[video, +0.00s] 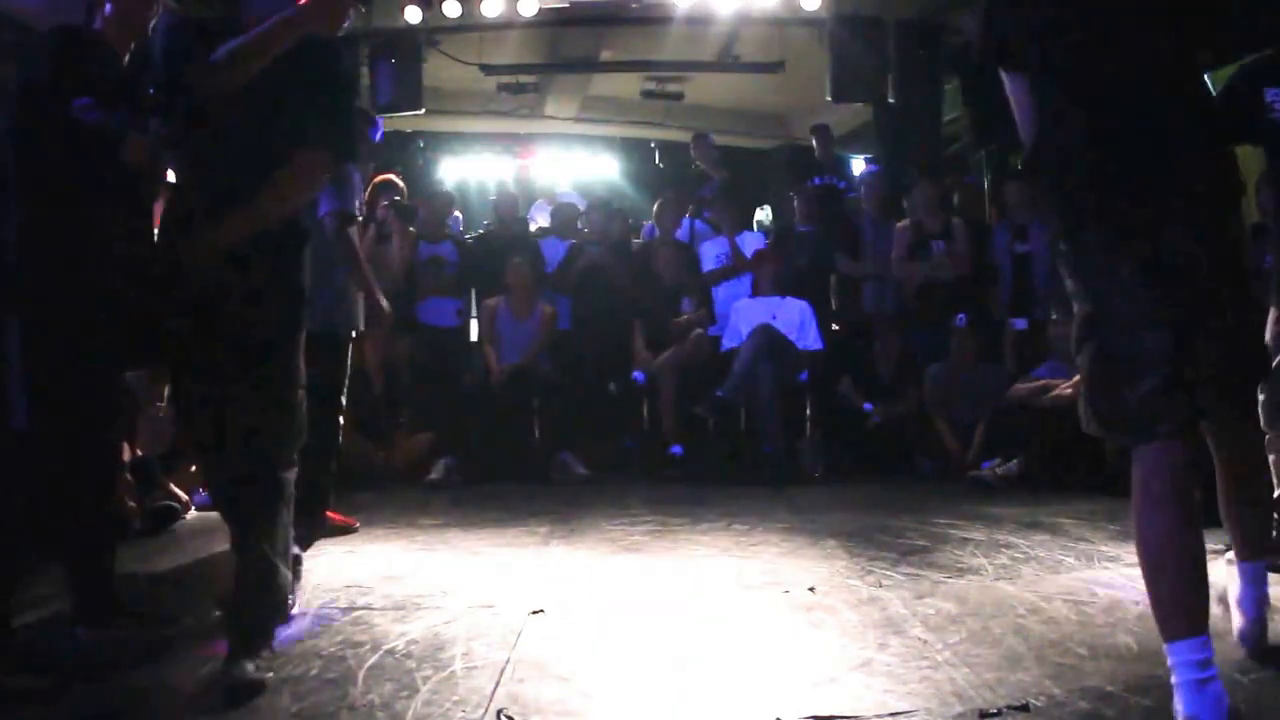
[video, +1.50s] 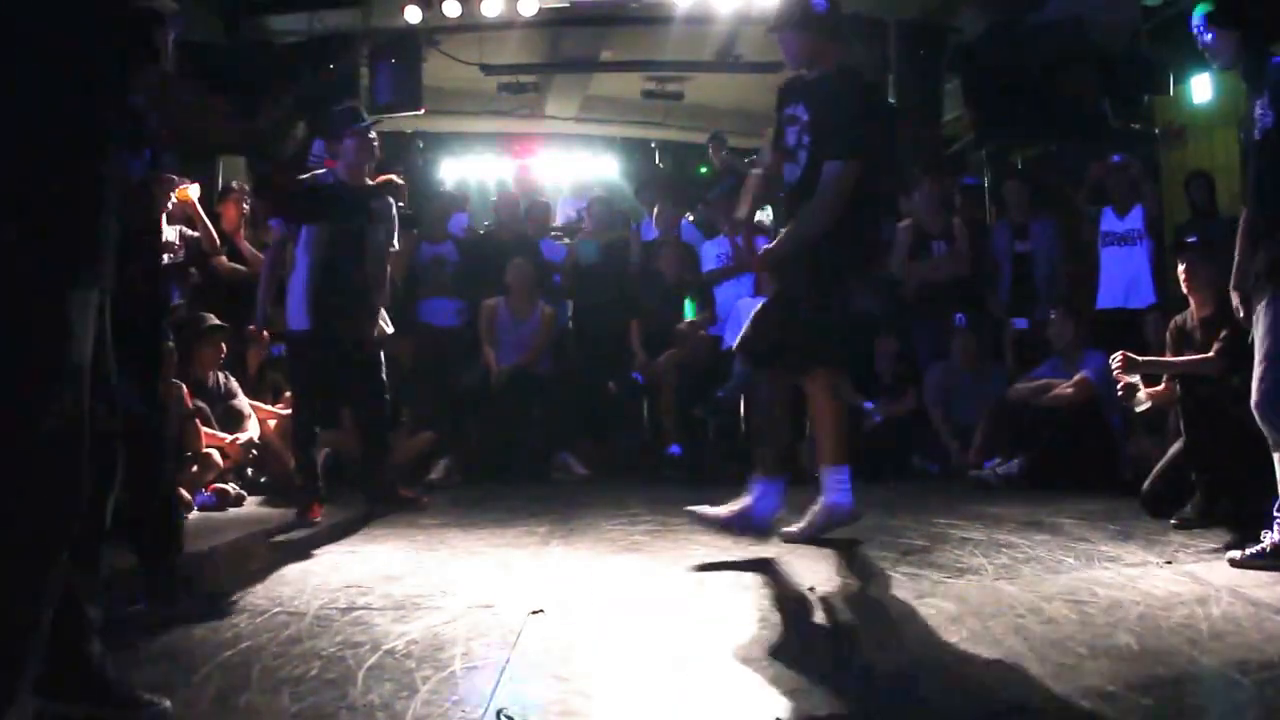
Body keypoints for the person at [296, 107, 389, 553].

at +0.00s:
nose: (373, 141)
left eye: (372, 133)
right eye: (369, 133)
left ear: (346, 135)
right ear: (353, 134)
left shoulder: (336, 172)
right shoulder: (340, 172)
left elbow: (342, 234)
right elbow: (341, 232)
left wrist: (371, 203)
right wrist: (374, 291)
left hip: (328, 304)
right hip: (328, 305)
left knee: (326, 408)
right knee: (327, 409)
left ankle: (318, 501)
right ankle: (315, 504)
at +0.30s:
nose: (394, 164)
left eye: (395, 156)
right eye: (391, 154)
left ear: (360, 148)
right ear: (370, 147)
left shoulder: (317, 188)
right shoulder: (362, 184)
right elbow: (363, 238)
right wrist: (403, 295)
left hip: (320, 317)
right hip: (351, 320)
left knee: (340, 419)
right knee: (339, 421)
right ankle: (316, 511)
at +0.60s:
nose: (418, 164)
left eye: (420, 156)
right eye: (414, 154)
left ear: (389, 150)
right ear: (390, 148)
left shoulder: (375, 186)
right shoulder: (374, 183)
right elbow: (363, 229)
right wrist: (375, 287)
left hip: (372, 315)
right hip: (370, 315)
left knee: (380, 400)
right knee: (381, 400)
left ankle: (376, 480)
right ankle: (361, 482)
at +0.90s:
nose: (422, 160)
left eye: (424, 152)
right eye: (415, 151)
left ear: (413, 154)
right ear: (393, 149)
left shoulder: (396, 198)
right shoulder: (371, 183)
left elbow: (408, 264)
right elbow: (347, 234)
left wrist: (446, 300)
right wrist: (363, 287)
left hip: (385, 319)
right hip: (358, 314)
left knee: (383, 403)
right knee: (360, 403)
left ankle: (381, 486)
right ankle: (340, 491)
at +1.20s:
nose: (411, 154)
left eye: (411, 146)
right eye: (402, 146)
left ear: (402, 152)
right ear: (378, 151)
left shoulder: (407, 205)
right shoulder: (348, 188)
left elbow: (418, 263)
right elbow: (318, 244)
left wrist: (439, 308)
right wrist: (310, 302)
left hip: (383, 327)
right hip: (338, 322)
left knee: (384, 410)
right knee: (325, 412)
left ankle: (380, 487)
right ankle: (312, 497)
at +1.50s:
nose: (369, 149)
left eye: (373, 142)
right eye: (360, 141)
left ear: (377, 151)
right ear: (337, 147)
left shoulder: (383, 202)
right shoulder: (308, 189)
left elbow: (384, 263)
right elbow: (277, 250)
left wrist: (379, 311)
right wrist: (263, 312)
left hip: (361, 321)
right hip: (308, 320)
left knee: (375, 409)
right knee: (306, 413)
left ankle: (379, 486)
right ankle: (309, 496)